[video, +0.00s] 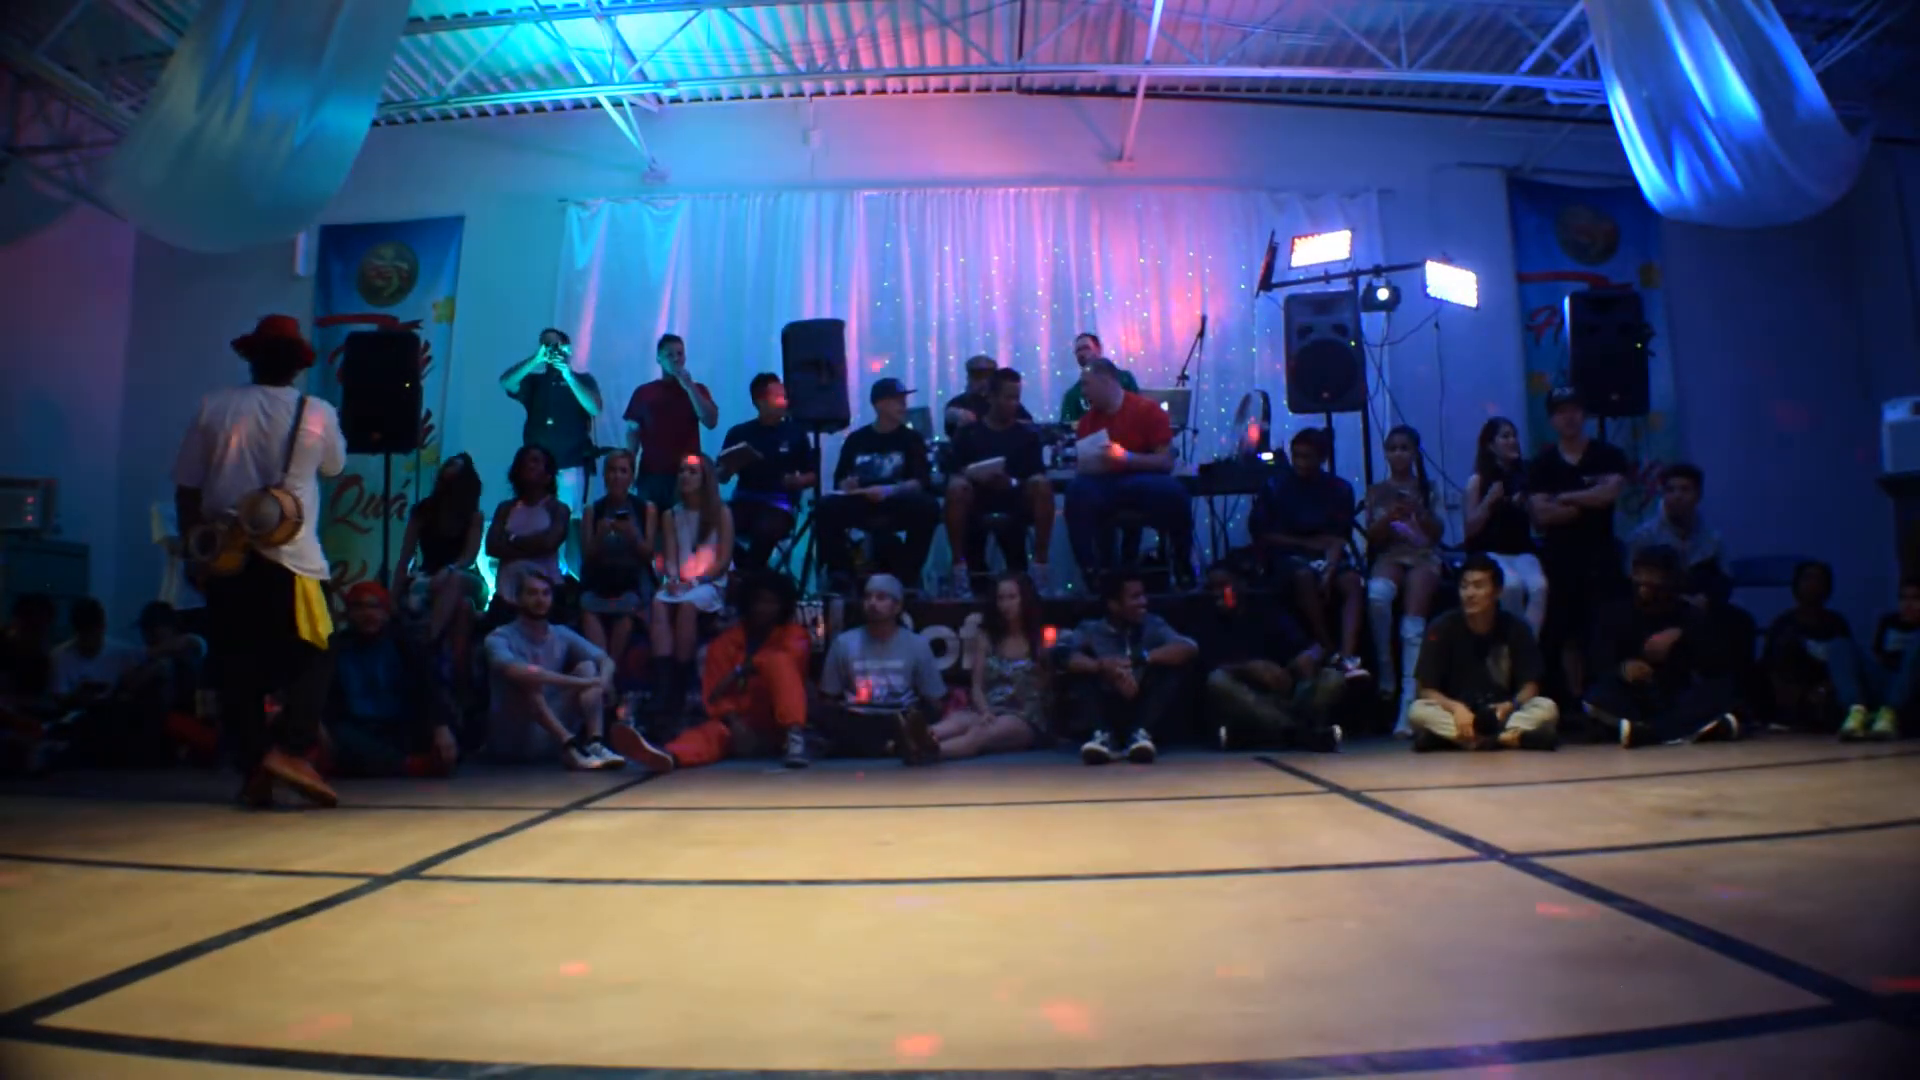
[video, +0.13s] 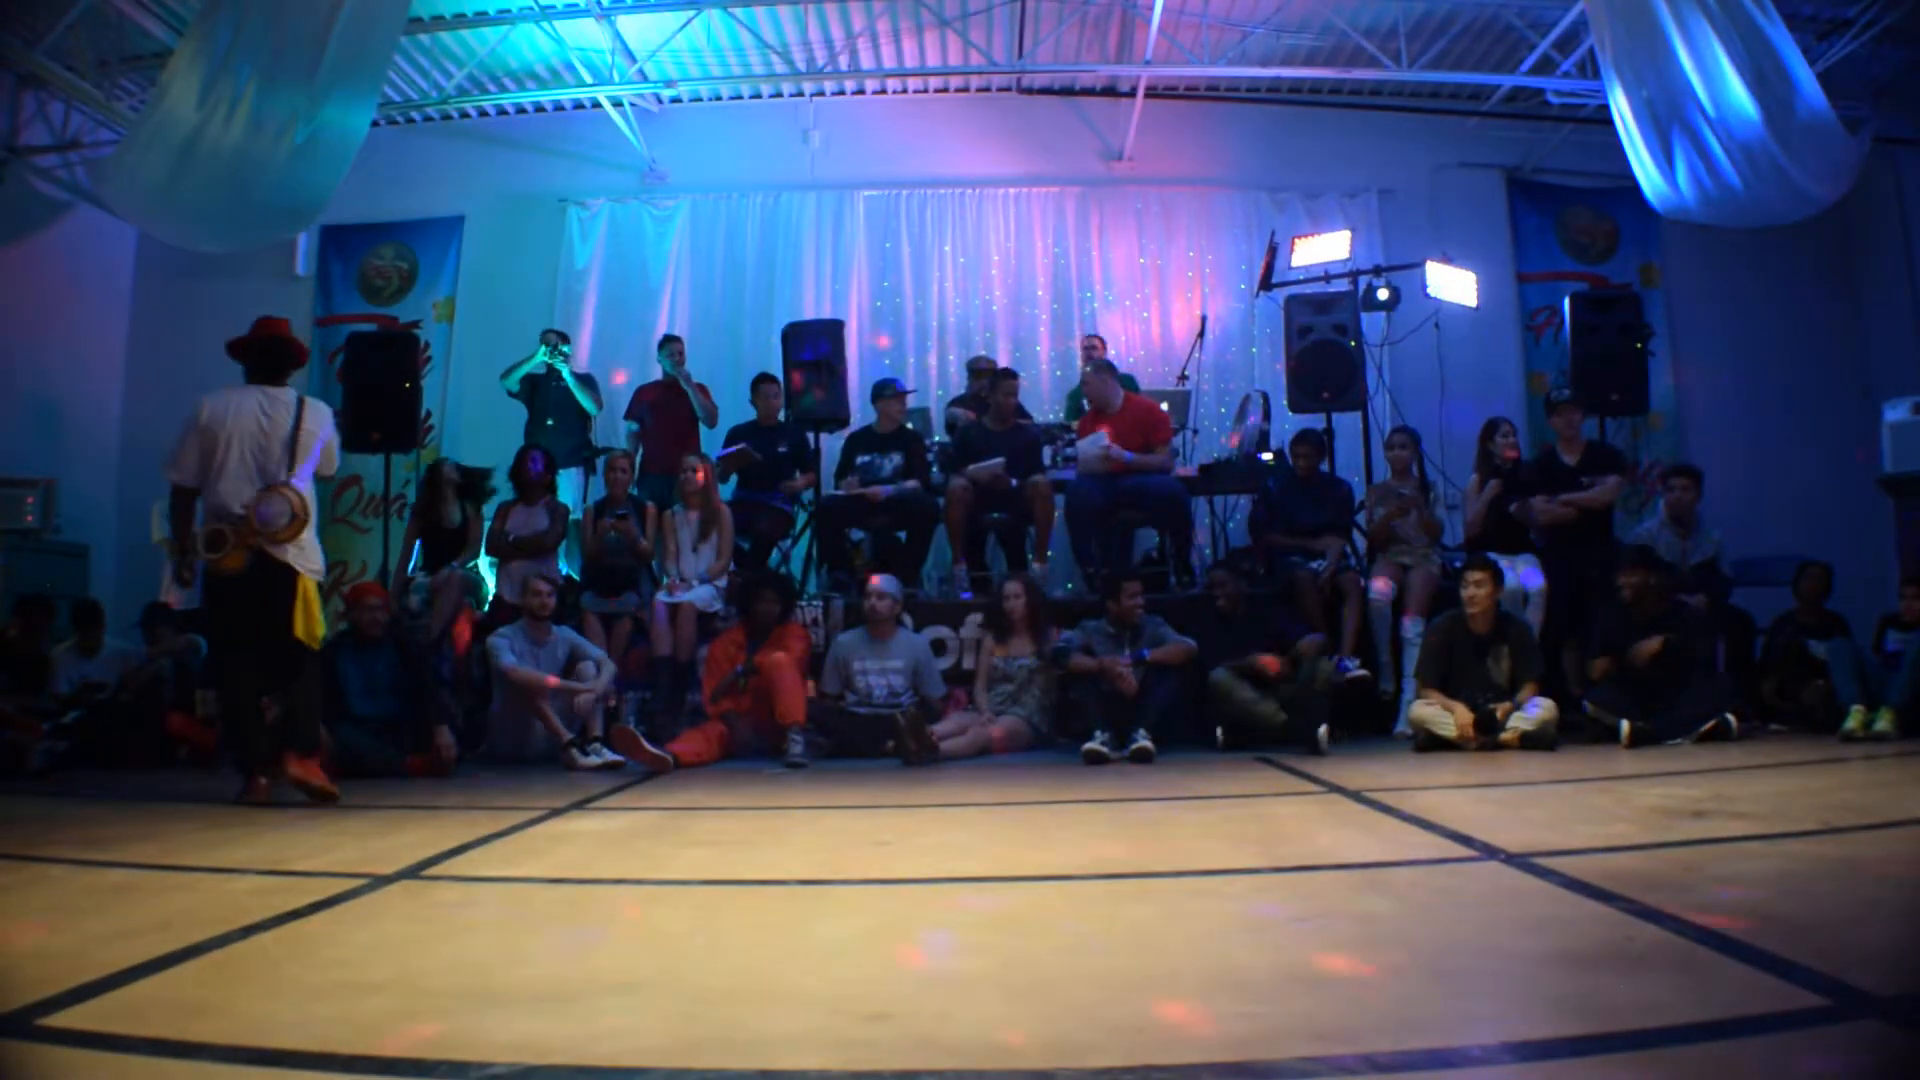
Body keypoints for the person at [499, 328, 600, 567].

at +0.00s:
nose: (553, 351)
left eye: (558, 346)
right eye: (548, 347)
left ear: (567, 349)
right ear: (541, 350)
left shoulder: (581, 380)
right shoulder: (533, 382)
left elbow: (594, 408)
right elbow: (506, 383)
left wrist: (566, 374)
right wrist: (537, 358)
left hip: (572, 459)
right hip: (538, 459)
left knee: (570, 520)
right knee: (535, 518)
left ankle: (571, 575)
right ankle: (536, 578)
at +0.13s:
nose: (554, 352)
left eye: (559, 348)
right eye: (549, 347)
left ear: (568, 350)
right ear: (542, 351)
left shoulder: (583, 380)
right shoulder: (534, 383)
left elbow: (594, 409)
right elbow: (507, 382)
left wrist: (567, 376)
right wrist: (537, 358)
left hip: (571, 461)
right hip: (538, 462)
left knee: (569, 521)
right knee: (535, 520)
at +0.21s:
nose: (555, 354)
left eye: (561, 349)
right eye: (550, 349)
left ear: (569, 352)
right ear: (543, 352)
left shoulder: (582, 380)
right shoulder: (534, 382)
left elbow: (594, 407)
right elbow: (507, 381)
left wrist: (566, 374)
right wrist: (536, 356)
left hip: (572, 460)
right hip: (538, 459)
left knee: (571, 520)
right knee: (535, 518)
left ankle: (571, 575)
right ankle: (535, 577)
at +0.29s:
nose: (555, 354)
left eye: (561, 349)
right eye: (550, 349)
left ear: (569, 352)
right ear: (543, 352)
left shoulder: (583, 380)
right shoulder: (534, 382)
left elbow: (594, 408)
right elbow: (507, 380)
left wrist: (566, 374)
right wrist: (535, 355)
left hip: (573, 461)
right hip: (538, 461)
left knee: (570, 522)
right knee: (536, 520)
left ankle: (572, 577)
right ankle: (537, 578)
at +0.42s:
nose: (554, 353)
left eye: (560, 348)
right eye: (549, 348)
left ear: (568, 351)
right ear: (542, 351)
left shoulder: (583, 380)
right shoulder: (533, 382)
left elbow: (594, 408)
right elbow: (507, 381)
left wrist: (565, 374)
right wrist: (535, 355)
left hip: (572, 462)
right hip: (538, 461)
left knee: (572, 524)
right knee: (535, 521)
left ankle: (572, 578)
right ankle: (537, 579)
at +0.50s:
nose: (555, 353)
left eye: (561, 348)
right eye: (550, 348)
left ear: (569, 351)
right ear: (542, 350)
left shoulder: (583, 380)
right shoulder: (534, 382)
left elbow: (593, 408)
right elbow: (507, 385)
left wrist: (565, 375)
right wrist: (533, 357)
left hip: (572, 461)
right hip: (538, 461)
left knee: (572, 523)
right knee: (535, 520)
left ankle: (573, 577)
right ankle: (537, 578)